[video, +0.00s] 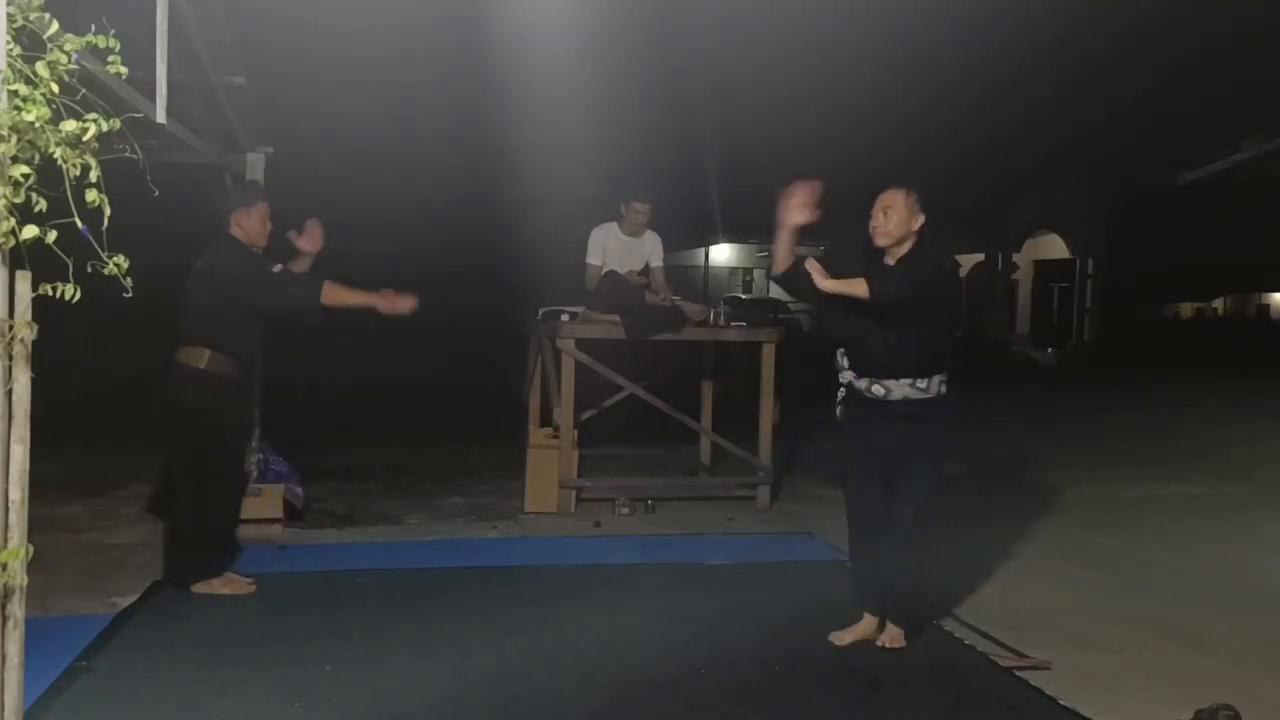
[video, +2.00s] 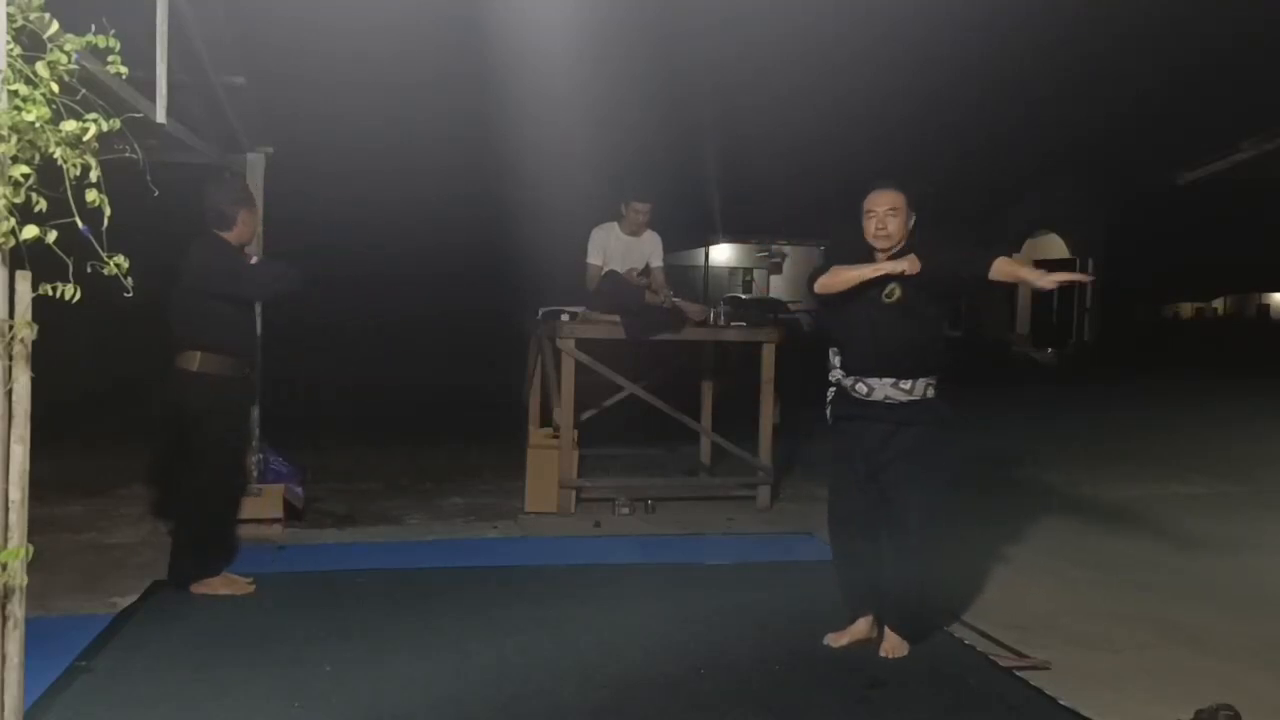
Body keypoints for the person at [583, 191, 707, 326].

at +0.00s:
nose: (641, 219)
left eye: (646, 214)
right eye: (636, 212)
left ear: (650, 215)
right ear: (623, 210)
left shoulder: (653, 240)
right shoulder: (601, 234)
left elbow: (659, 283)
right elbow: (591, 284)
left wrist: (664, 294)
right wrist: (623, 280)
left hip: (636, 299)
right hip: (602, 300)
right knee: (611, 278)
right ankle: (678, 311)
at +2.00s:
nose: (641, 219)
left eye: (646, 214)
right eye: (636, 212)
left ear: (650, 214)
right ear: (623, 210)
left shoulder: (653, 239)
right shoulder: (601, 234)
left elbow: (658, 282)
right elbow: (591, 284)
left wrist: (664, 295)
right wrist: (623, 281)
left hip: (636, 300)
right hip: (603, 299)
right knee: (610, 278)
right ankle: (676, 308)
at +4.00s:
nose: (637, 216)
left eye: (642, 210)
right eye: (632, 209)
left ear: (649, 212)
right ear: (622, 207)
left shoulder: (653, 239)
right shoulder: (601, 234)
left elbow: (658, 282)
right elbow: (592, 285)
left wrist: (664, 295)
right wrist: (621, 280)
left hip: (634, 300)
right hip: (602, 300)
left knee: (674, 317)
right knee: (611, 278)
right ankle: (679, 308)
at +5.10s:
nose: (632, 214)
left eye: (639, 209)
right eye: (628, 208)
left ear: (648, 212)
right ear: (621, 207)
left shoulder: (652, 240)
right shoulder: (600, 234)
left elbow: (658, 282)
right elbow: (591, 283)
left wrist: (665, 294)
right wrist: (621, 280)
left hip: (636, 299)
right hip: (602, 299)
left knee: (674, 317)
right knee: (610, 278)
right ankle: (680, 305)